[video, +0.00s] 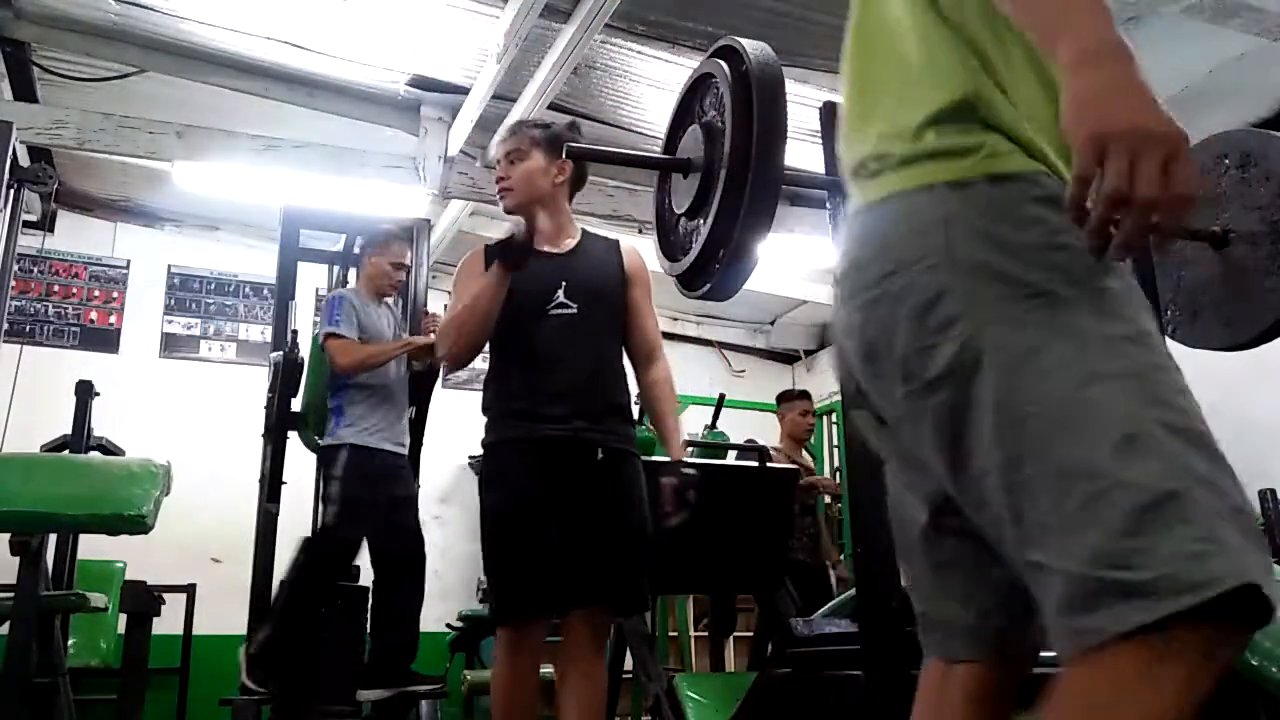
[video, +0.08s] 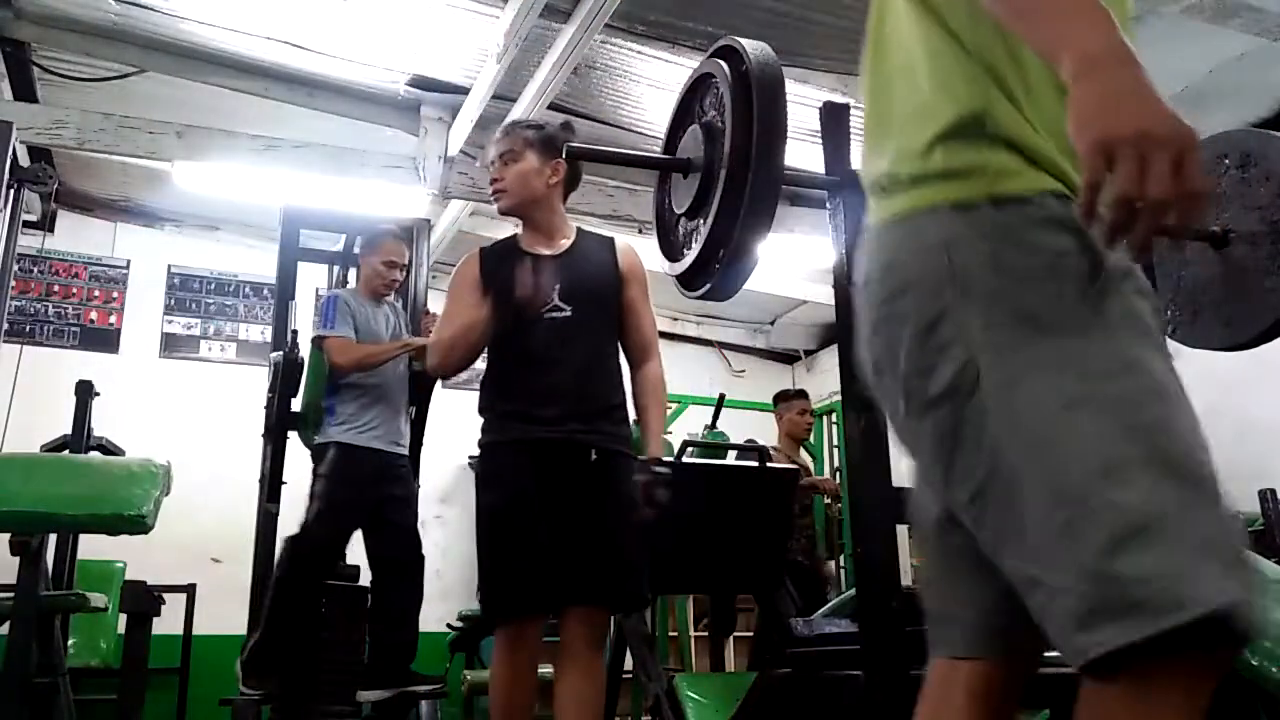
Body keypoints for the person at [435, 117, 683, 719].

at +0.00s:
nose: (499, 175)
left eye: (514, 159)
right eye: (496, 165)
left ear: (561, 170)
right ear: (500, 181)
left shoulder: (622, 259)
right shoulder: (486, 260)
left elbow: (651, 364)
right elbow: (452, 351)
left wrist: (675, 457)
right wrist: (502, 268)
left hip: (604, 459)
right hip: (517, 460)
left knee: (589, 631)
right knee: (519, 634)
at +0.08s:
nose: (493, 174)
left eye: (508, 159)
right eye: (492, 164)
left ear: (555, 171)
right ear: (498, 180)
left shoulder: (619, 259)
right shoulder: (481, 266)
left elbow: (645, 361)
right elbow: (442, 361)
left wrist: (653, 458)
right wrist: (501, 308)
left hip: (599, 459)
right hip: (512, 460)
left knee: (587, 627)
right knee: (516, 630)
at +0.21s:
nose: (484, 178)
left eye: (499, 163)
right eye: (483, 167)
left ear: (546, 173)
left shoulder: (609, 259)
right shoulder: (474, 270)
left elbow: (640, 360)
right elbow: (423, 366)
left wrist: (646, 456)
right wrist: (481, 375)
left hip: (594, 466)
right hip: (509, 468)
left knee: (592, 628)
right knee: (514, 633)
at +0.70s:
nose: (555, 182)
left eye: (566, 171)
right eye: (539, 169)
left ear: (580, 184)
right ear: (512, 182)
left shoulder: (615, 267)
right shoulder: (478, 273)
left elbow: (645, 365)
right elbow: (425, 368)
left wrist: (667, 460)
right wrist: (462, 452)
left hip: (611, 473)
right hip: (522, 475)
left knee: (645, 625)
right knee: (524, 642)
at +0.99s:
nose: (644, 192)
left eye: (646, 183)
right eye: (629, 179)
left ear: (645, 196)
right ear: (588, 187)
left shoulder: (656, 286)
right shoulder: (544, 264)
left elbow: (671, 384)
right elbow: (487, 349)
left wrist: (701, 464)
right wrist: (531, 435)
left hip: (643, 476)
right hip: (569, 474)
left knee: (647, 631)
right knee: (551, 636)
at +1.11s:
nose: (663, 193)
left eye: (667, 182)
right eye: (650, 181)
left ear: (672, 197)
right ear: (620, 194)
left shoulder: (673, 296)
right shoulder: (584, 259)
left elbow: (688, 398)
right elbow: (533, 343)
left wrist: (721, 467)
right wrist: (589, 432)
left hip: (664, 473)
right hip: (597, 468)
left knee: (659, 628)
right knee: (575, 634)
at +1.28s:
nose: (690, 209)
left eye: (693, 199)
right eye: (680, 194)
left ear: (695, 210)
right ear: (658, 200)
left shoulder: (686, 281)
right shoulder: (631, 252)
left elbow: (685, 400)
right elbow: (601, 335)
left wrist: (740, 444)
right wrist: (661, 426)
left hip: (678, 468)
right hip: (633, 465)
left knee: (669, 624)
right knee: (636, 619)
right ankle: (572, 716)